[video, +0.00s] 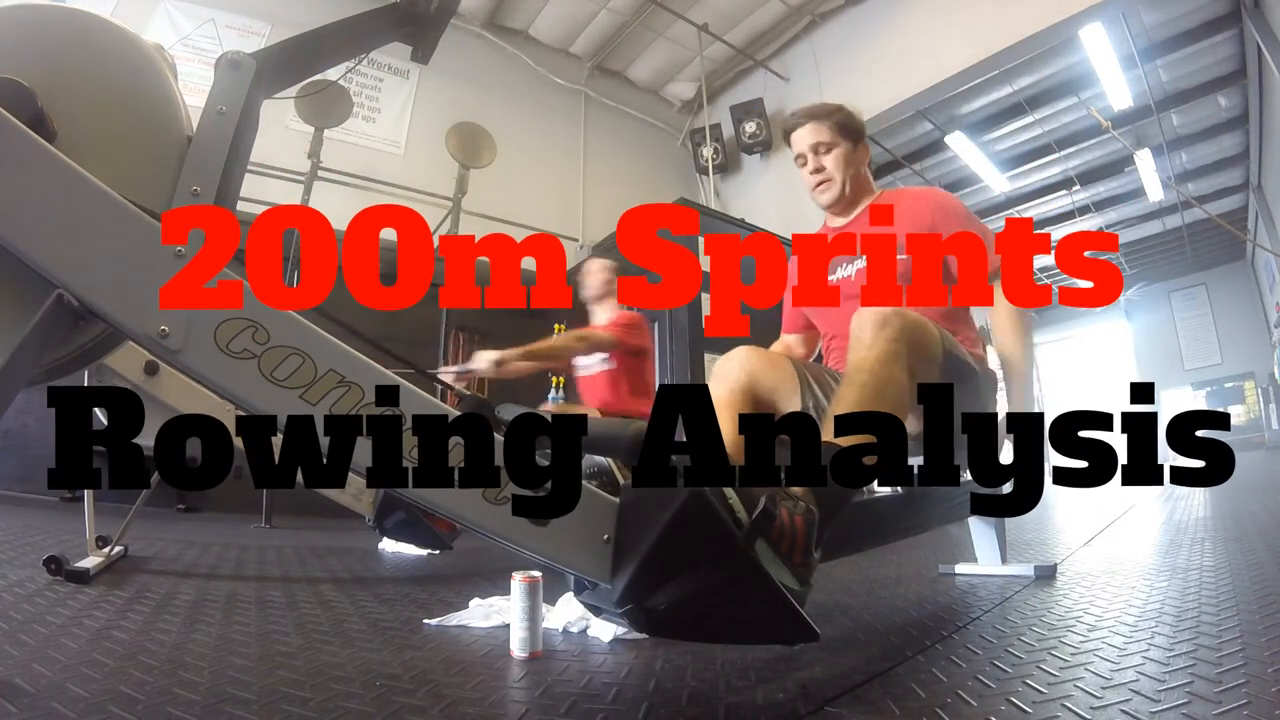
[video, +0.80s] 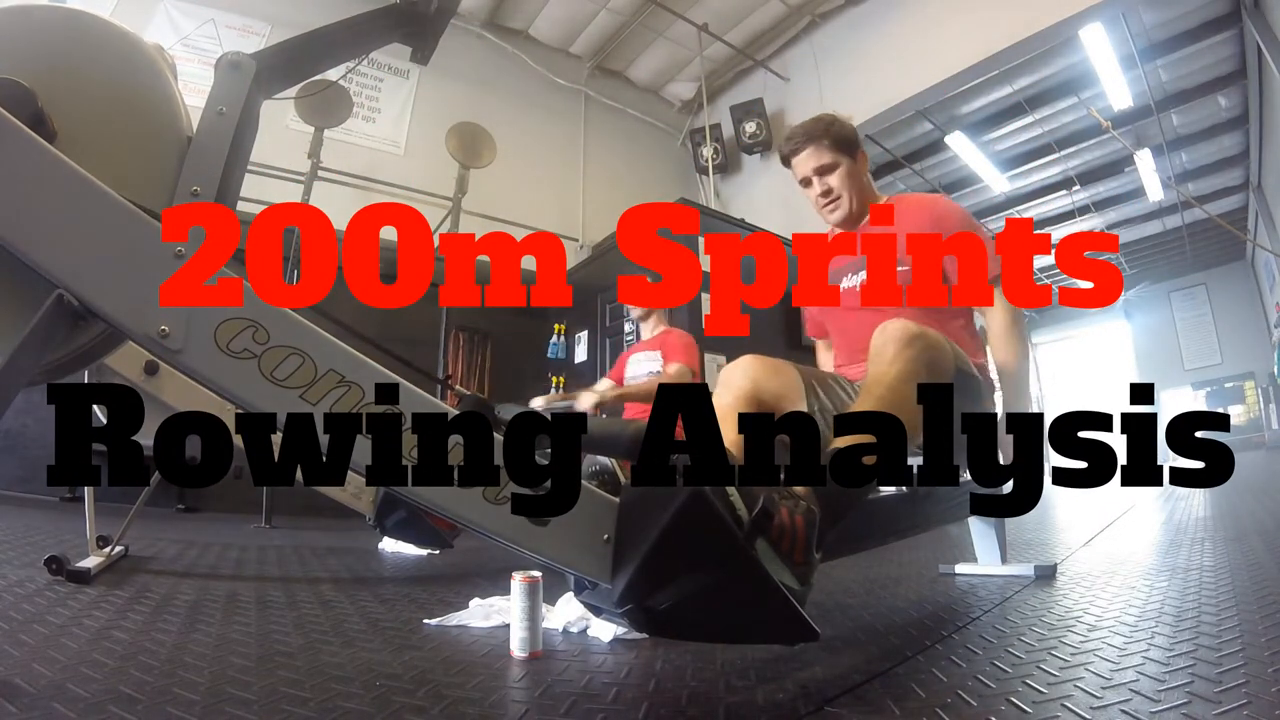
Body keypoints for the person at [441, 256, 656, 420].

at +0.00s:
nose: (582, 279)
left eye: (591, 272)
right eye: (582, 274)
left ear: (612, 280)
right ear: (581, 283)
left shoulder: (631, 323)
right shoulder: (579, 340)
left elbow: (581, 342)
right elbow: (534, 363)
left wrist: (505, 356)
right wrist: (473, 372)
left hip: (631, 427)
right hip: (595, 424)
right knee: (543, 414)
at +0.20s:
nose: (650, 303)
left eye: (658, 297)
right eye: (650, 297)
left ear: (678, 302)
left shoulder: (693, 340)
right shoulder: (642, 350)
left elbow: (685, 371)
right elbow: (606, 383)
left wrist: (614, 359)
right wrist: (564, 379)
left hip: (664, 427)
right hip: (628, 425)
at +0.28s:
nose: (660, 313)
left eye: (667, 307)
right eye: (659, 309)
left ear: (689, 312)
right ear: (657, 314)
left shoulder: (703, 347)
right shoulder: (655, 357)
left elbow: (697, 378)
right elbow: (624, 399)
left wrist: (645, 366)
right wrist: (592, 387)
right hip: (630, 423)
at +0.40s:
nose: (656, 310)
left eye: (664, 304)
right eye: (656, 305)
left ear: (685, 310)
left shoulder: (706, 351)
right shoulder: (664, 355)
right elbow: (648, 409)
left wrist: (695, 376)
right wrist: (631, 391)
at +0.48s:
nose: (654, 310)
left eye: (663, 304)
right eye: (654, 305)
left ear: (683, 309)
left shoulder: (708, 351)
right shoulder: (663, 355)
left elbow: (727, 390)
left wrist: (692, 376)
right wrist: (633, 395)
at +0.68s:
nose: (645, 308)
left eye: (653, 300)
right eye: (643, 303)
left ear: (673, 305)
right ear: (641, 309)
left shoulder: (691, 345)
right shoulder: (644, 356)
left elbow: (706, 389)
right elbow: (625, 407)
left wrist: (645, 390)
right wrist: (592, 404)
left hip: (664, 427)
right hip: (631, 424)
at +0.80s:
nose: (630, 302)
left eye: (639, 295)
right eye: (629, 296)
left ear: (657, 298)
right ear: (626, 302)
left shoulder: (678, 339)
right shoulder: (631, 352)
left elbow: (676, 382)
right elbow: (599, 391)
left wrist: (612, 395)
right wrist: (557, 397)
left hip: (664, 433)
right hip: (629, 434)